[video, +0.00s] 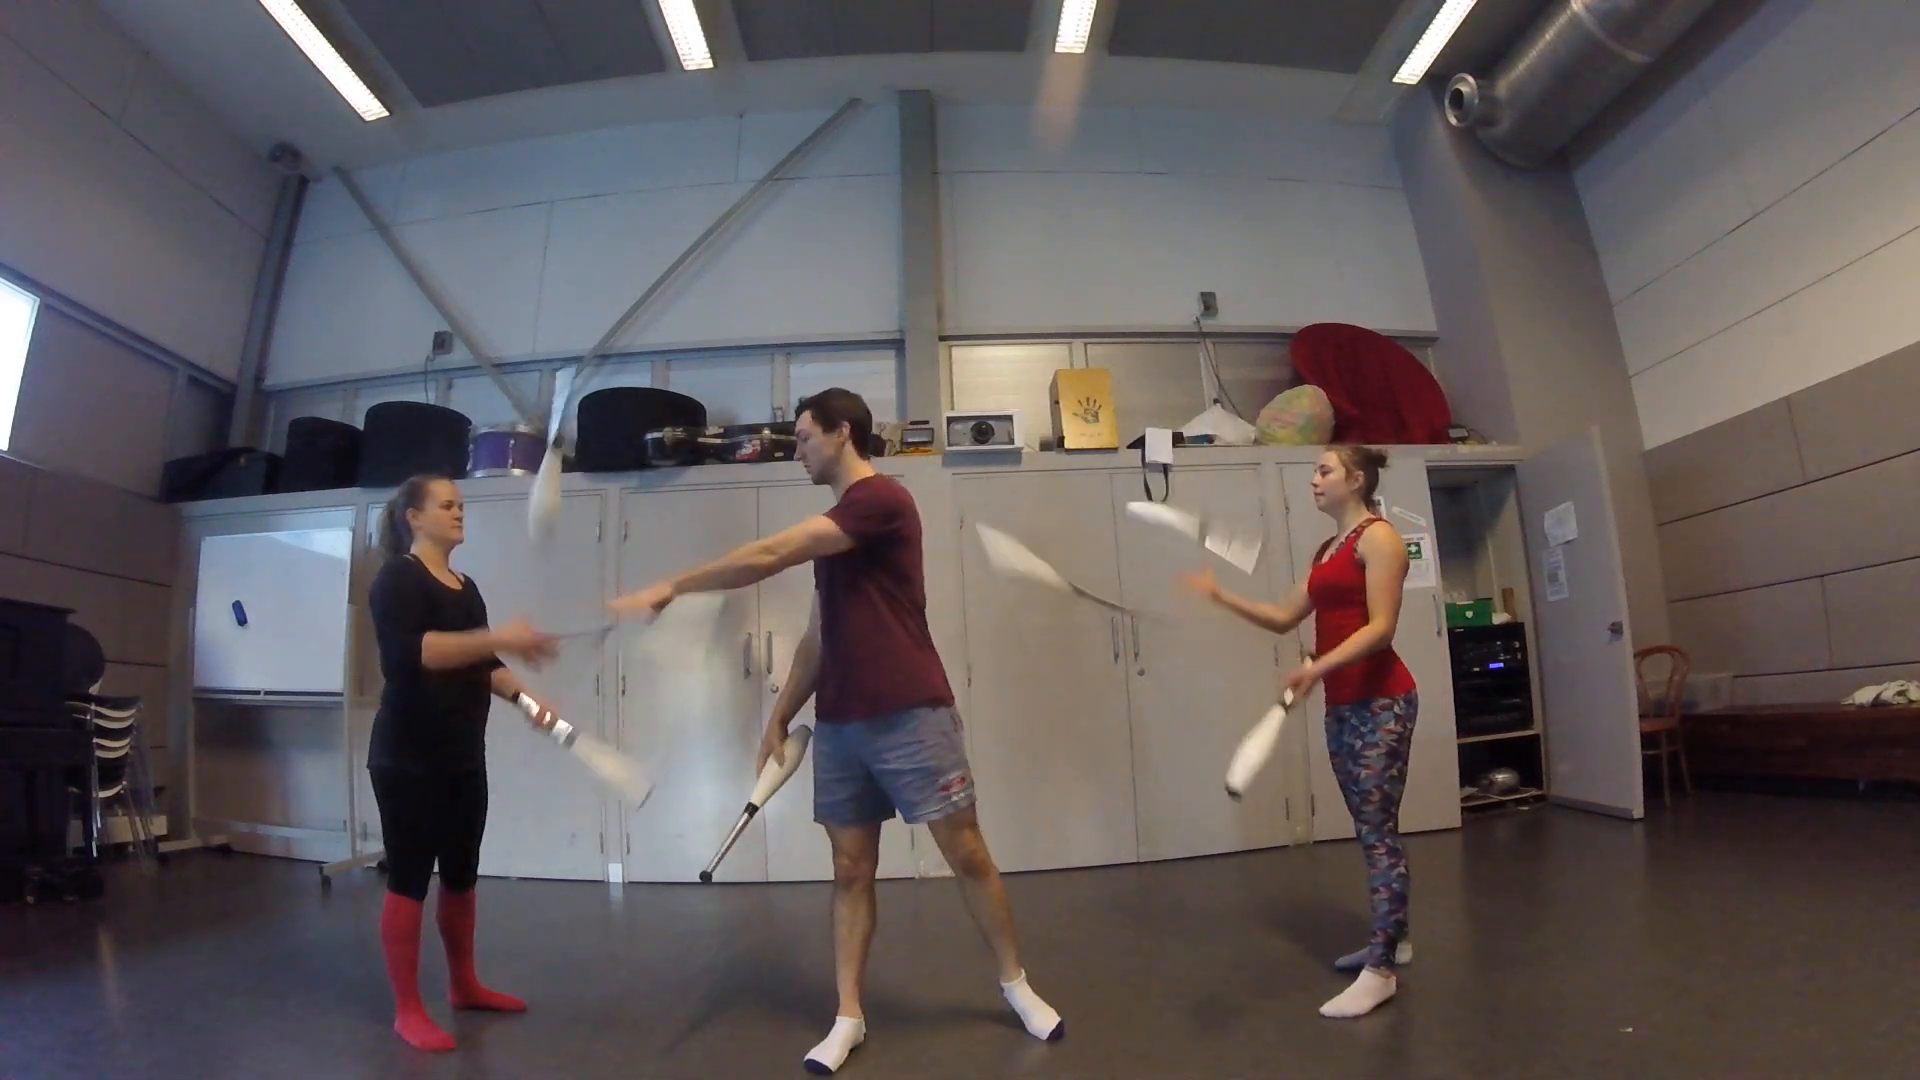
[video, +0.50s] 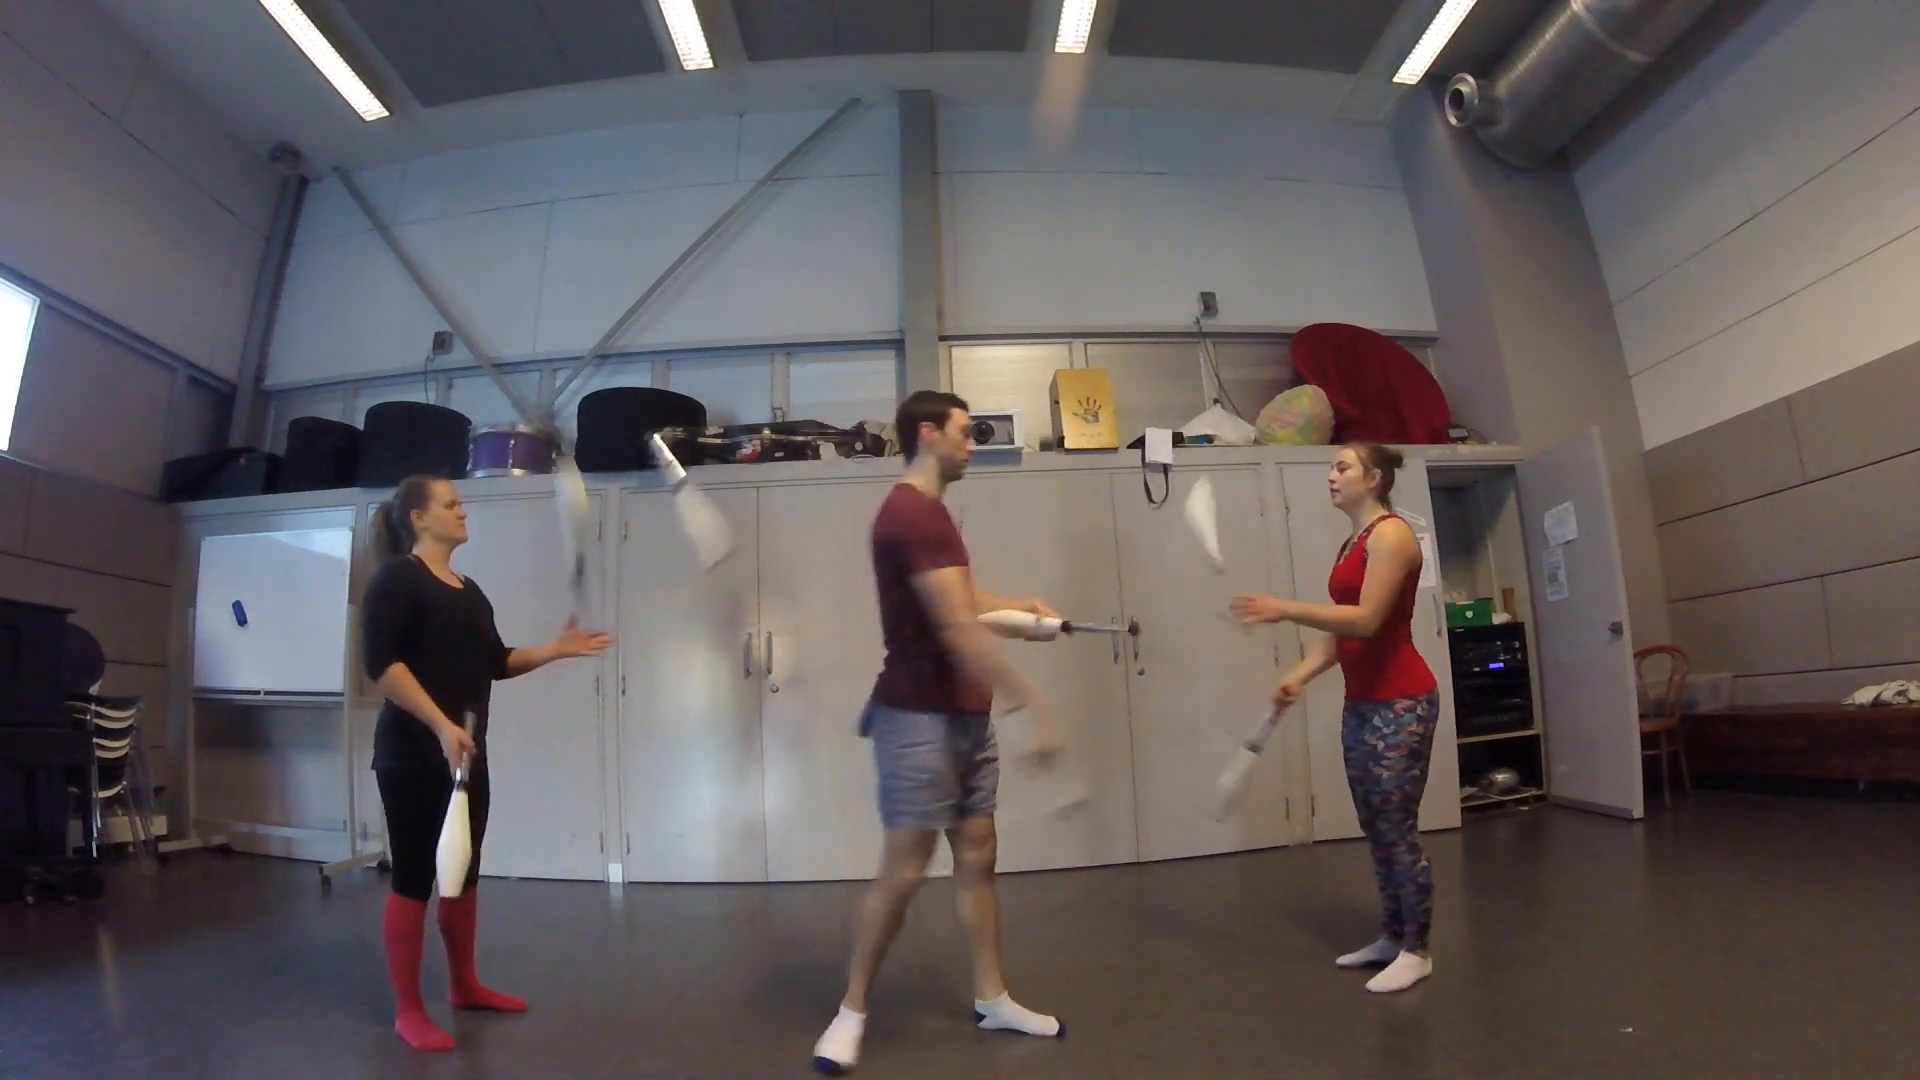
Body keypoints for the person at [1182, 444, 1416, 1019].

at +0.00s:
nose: (1314, 481)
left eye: (1325, 472)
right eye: (1315, 471)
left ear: (1357, 480)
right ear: (1336, 481)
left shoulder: (1380, 538)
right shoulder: (1331, 549)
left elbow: (1381, 627)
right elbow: (1284, 618)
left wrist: (1316, 667)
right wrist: (1220, 596)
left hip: (1381, 701)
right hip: (1345, 703)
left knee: (1377, 829)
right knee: (1371, 827)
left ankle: (1381, 969)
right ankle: (1394, 938)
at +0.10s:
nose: (1317, 481)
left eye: (1329, 472)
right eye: (1318, 472)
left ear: (1361, 481)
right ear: (1338, 482)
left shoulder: (1383, 539)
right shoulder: (1332, 551)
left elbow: (1384, 629)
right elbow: (1284, 615)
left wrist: (1329, 686)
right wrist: (1220, 584)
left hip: (1384, 700)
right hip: (1345, 703)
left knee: (1378, 828)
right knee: (1373, 826)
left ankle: (1381, 967)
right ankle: (1394, 937)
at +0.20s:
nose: (1320, 481)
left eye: (1332, 472)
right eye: (1320, 473)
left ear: (1365, 482)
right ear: (1345, 484)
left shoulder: (1383, 539)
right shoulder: (1341, 548)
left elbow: (1385, 630)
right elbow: (1299, 620)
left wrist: (1331, 694)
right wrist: (1228, 599)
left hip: (1386, 701)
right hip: (1353, 704)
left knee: (1378, 826)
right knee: (1372, 825)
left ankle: (1392, 963)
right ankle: (1393, 943)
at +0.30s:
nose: (1324, 481)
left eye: (1336, 472)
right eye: (1324, 472)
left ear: (1369, 482)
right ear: (1351, 484)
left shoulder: (1385, 538)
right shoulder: (1348, 546)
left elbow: (1385, 627)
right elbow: (1310, 625)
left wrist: (1324, 681)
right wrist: (1237, 634)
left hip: (1392, 702)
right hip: (1358, 703)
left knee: (1379, 823)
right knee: (1373, 823)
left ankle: (1406, 954)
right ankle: (1394, 937)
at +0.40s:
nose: (1328, 479)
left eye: (1340, 471)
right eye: (1328, 470)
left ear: (1371, 482)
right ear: (1349, 483)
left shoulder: (1390, 537)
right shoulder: (1354, 542)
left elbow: (1379, 626)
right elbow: (1332, 629)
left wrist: (1306, 640)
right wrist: (1276, 668)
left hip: (1396, 705)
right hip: (1363, 704)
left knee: (1387, 826)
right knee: (1379, 825)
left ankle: (1415, 949)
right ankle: (1396, 936)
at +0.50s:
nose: (1331, 477)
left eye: (1343, 467)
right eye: (1331, 468)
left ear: (1375, 479)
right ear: (1350, 482)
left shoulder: (1393, 535)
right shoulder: (1355, 543)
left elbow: (1368, 620)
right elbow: (1342, 631)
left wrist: (1286, 610)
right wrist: (1299, 674)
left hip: (1400, 703)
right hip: (1363, 703)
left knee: (1395, 825)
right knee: (1375, 824)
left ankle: (1416, 950)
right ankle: (1394, 935)